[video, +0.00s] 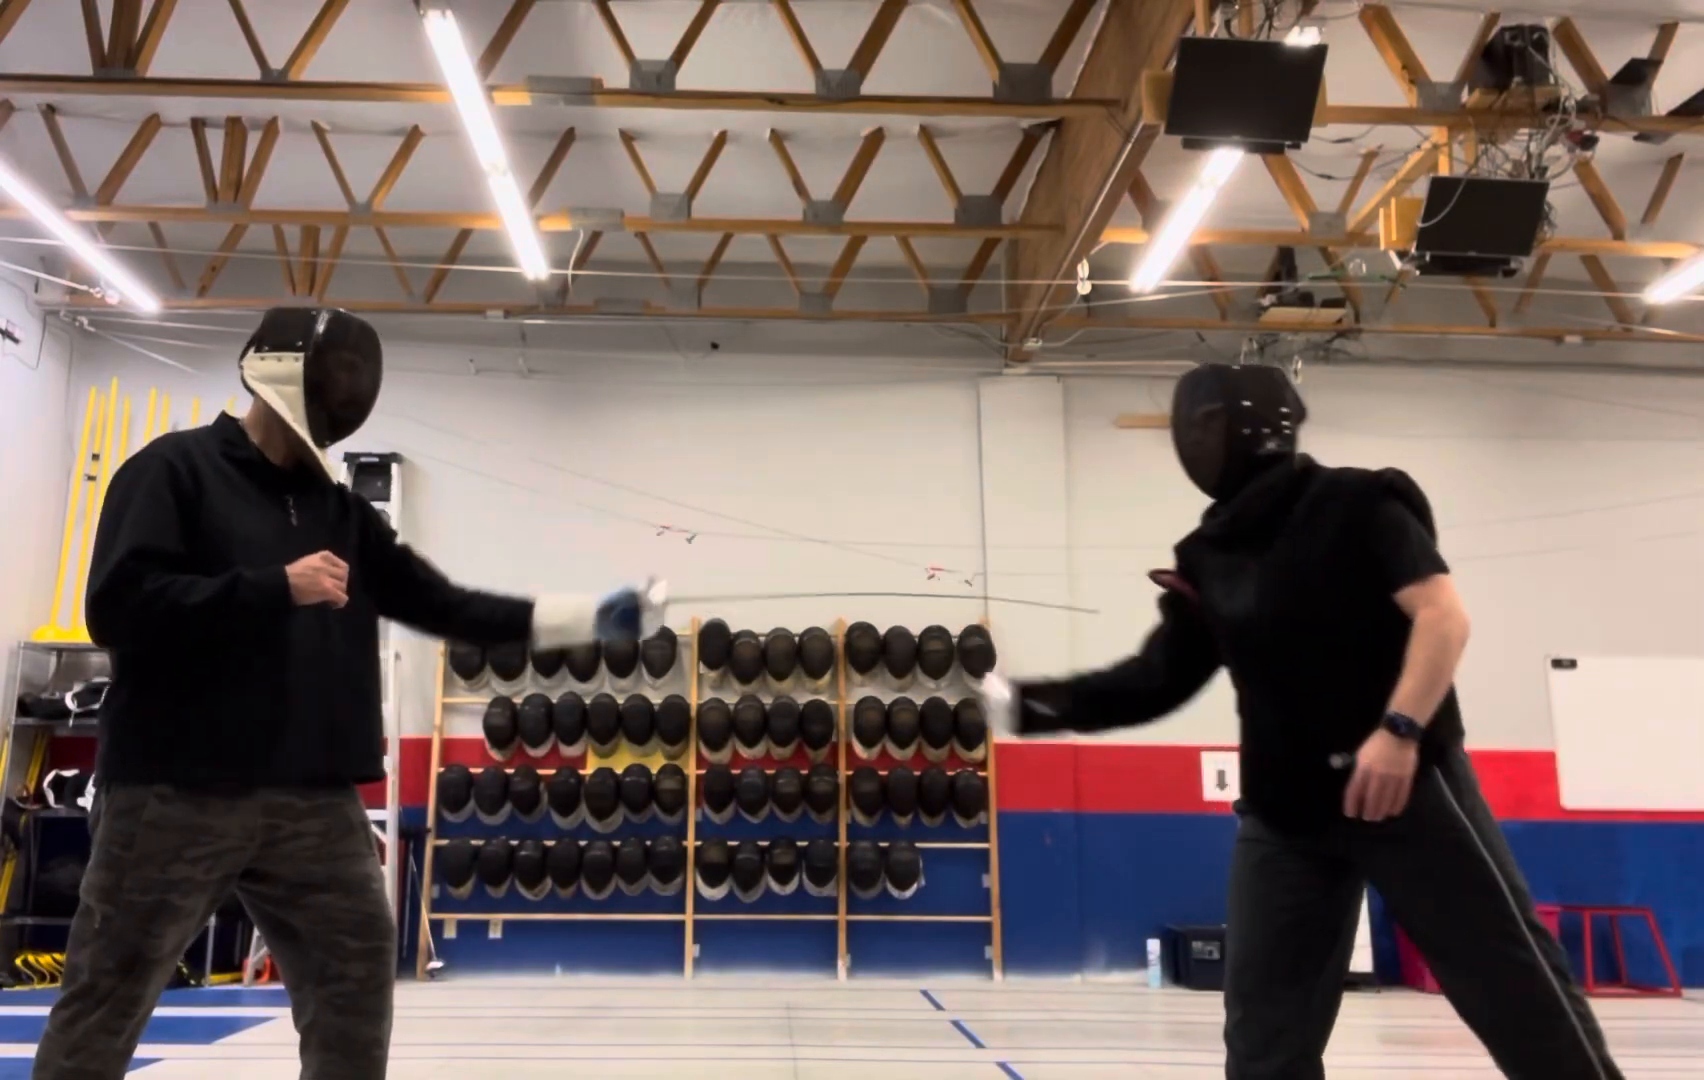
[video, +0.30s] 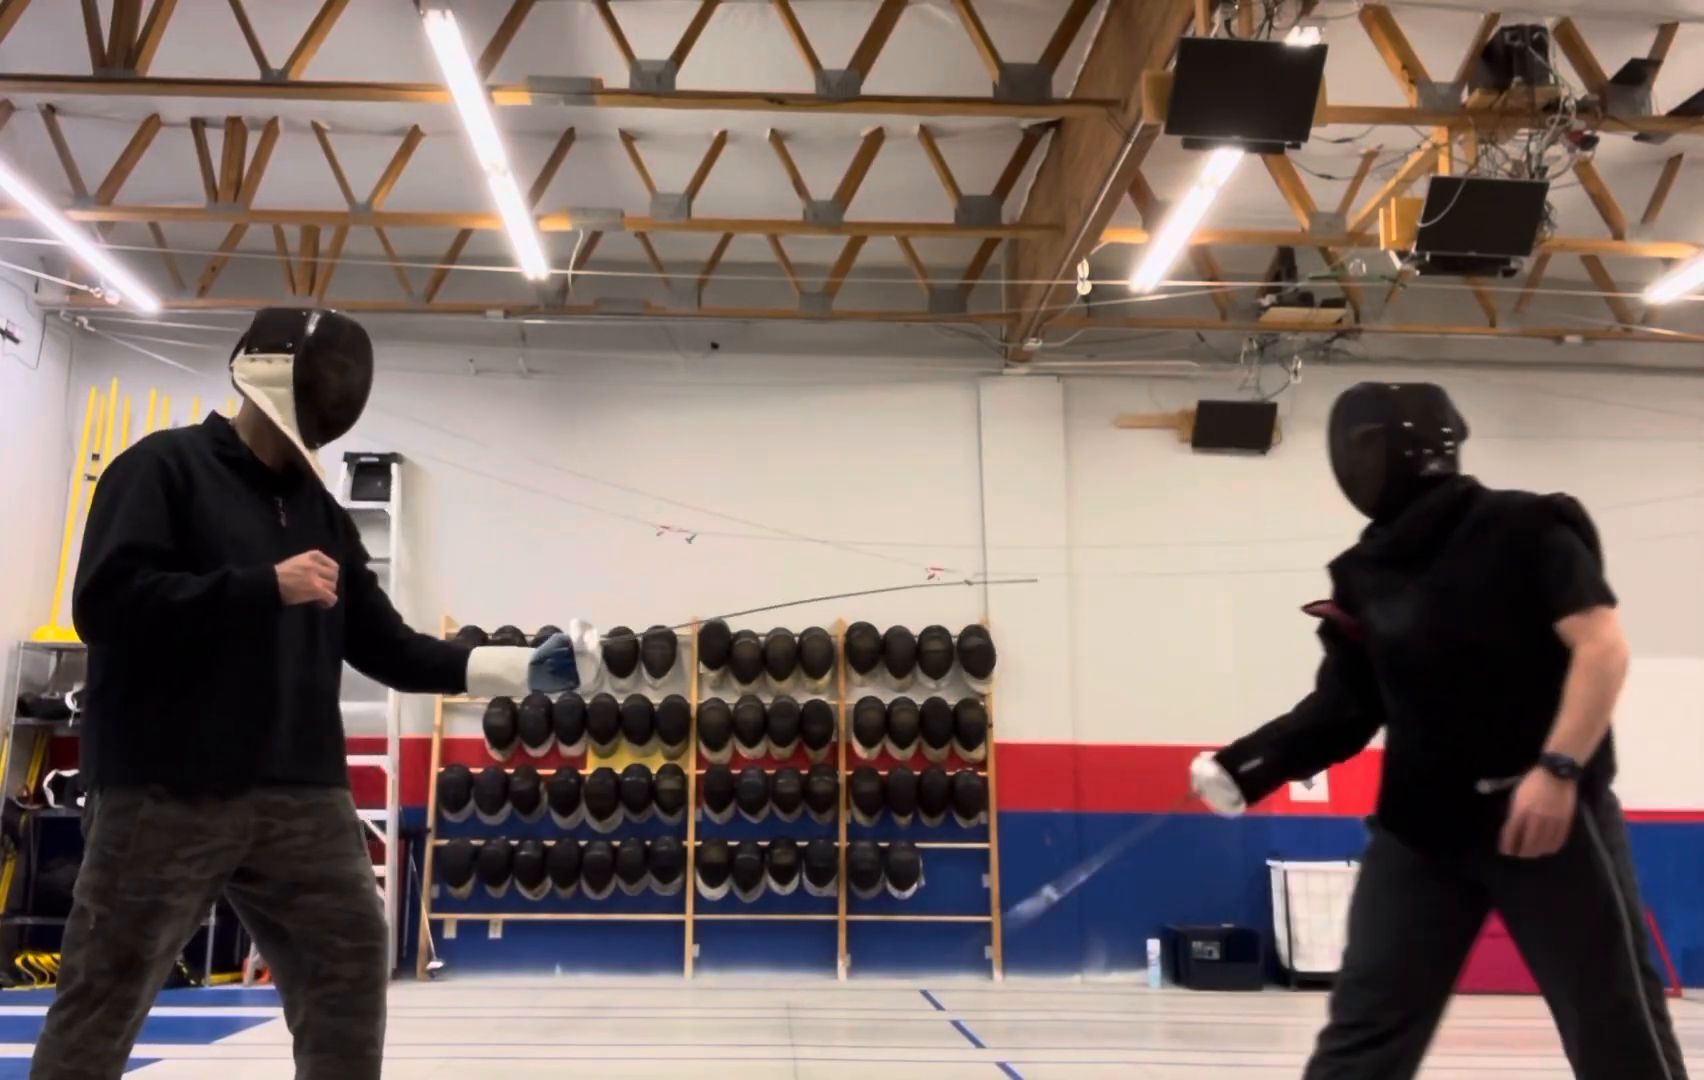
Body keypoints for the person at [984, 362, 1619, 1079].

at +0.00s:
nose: (1182, 448)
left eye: (1191, 428)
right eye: (1181, 432)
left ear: (1234, 424)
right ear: (1260, 423)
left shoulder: (1360, 504)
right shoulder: (1210, 561)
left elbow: (1443, 619)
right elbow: (1158, 677)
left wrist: (1402, 730)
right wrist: (1037, 702)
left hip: (1408, 793)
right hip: (1288, 815)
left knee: (1517, 990)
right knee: (1267, 1039)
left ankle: (1590, 1079)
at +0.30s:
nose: (1346, 470)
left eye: (1355, 450)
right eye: (1345, 454)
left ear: (1391, 450)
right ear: (1430, 447)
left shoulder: (1530, 529)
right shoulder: (1365, 576)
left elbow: (1603, 649)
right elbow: (1346, 706)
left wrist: (1559, 769)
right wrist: (1247, 767)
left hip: (1550, 820)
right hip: (1422, 833)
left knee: (1619, 1036)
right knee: (1362, 1040)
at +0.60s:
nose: (1430, 456)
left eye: (1440, 436)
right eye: (1426, 442)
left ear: (1484, 430)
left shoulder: (1611, 511)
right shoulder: (1443, 561)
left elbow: (1685, 624)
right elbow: (1366, 660)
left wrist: (1687, 763)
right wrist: (1250, 651)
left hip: (1625, 806)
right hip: (1502, 818)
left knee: (1659, 1024)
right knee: (1483, 1004)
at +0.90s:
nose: (1439, 455)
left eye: (1453, 433)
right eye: (1431, 440)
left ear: (1503, 427)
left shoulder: (1626, 510)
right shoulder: (1443, 562)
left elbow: (1697, 626)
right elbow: (1352, 642)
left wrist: (1699, 754)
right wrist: (1232, 633)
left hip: (1649, 809)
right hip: (1518, 824)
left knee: (1670, 1041)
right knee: (1507, 1032)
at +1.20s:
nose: (1396, 463)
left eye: (1407, 442)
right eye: (1392, 448)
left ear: (1456, 436)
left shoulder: (1584, 513)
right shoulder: (1405, 567)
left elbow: (1666, 630)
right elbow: (1296, 624)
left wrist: (1670, 755)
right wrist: (1166, 620)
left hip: (1607, 804)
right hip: (1477, 819)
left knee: (1660, 1023)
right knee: (1428, 1001)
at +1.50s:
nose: (1266, 471)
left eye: (1276, 450)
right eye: (1263, 455)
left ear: (1323, 442)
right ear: (1326, 451)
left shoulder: (1451, 519)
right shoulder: (1286, 577)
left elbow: (1534, 638)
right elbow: (1184, 648)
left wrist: (1557, 763)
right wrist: (1045, 633)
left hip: (1485, 819)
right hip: (1358, 834)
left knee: (1590, 1045)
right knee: (1305, 1057)